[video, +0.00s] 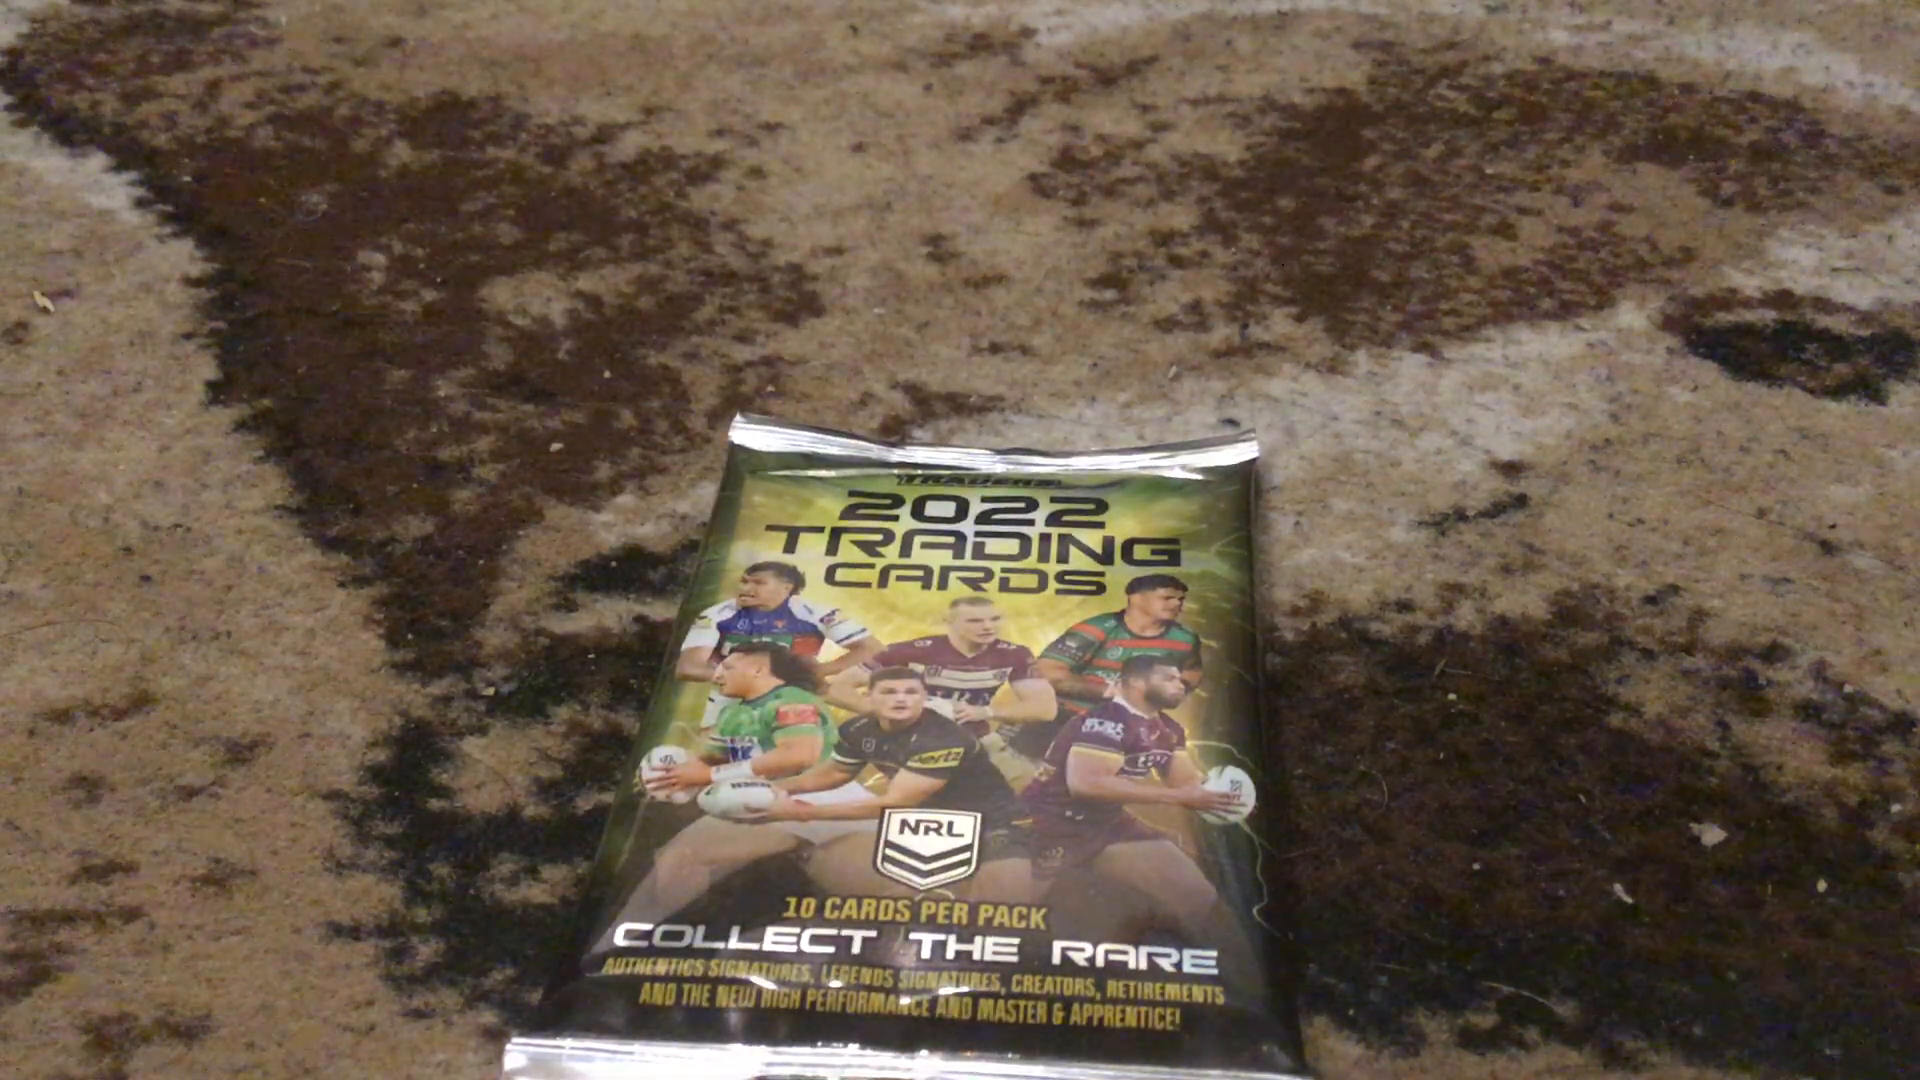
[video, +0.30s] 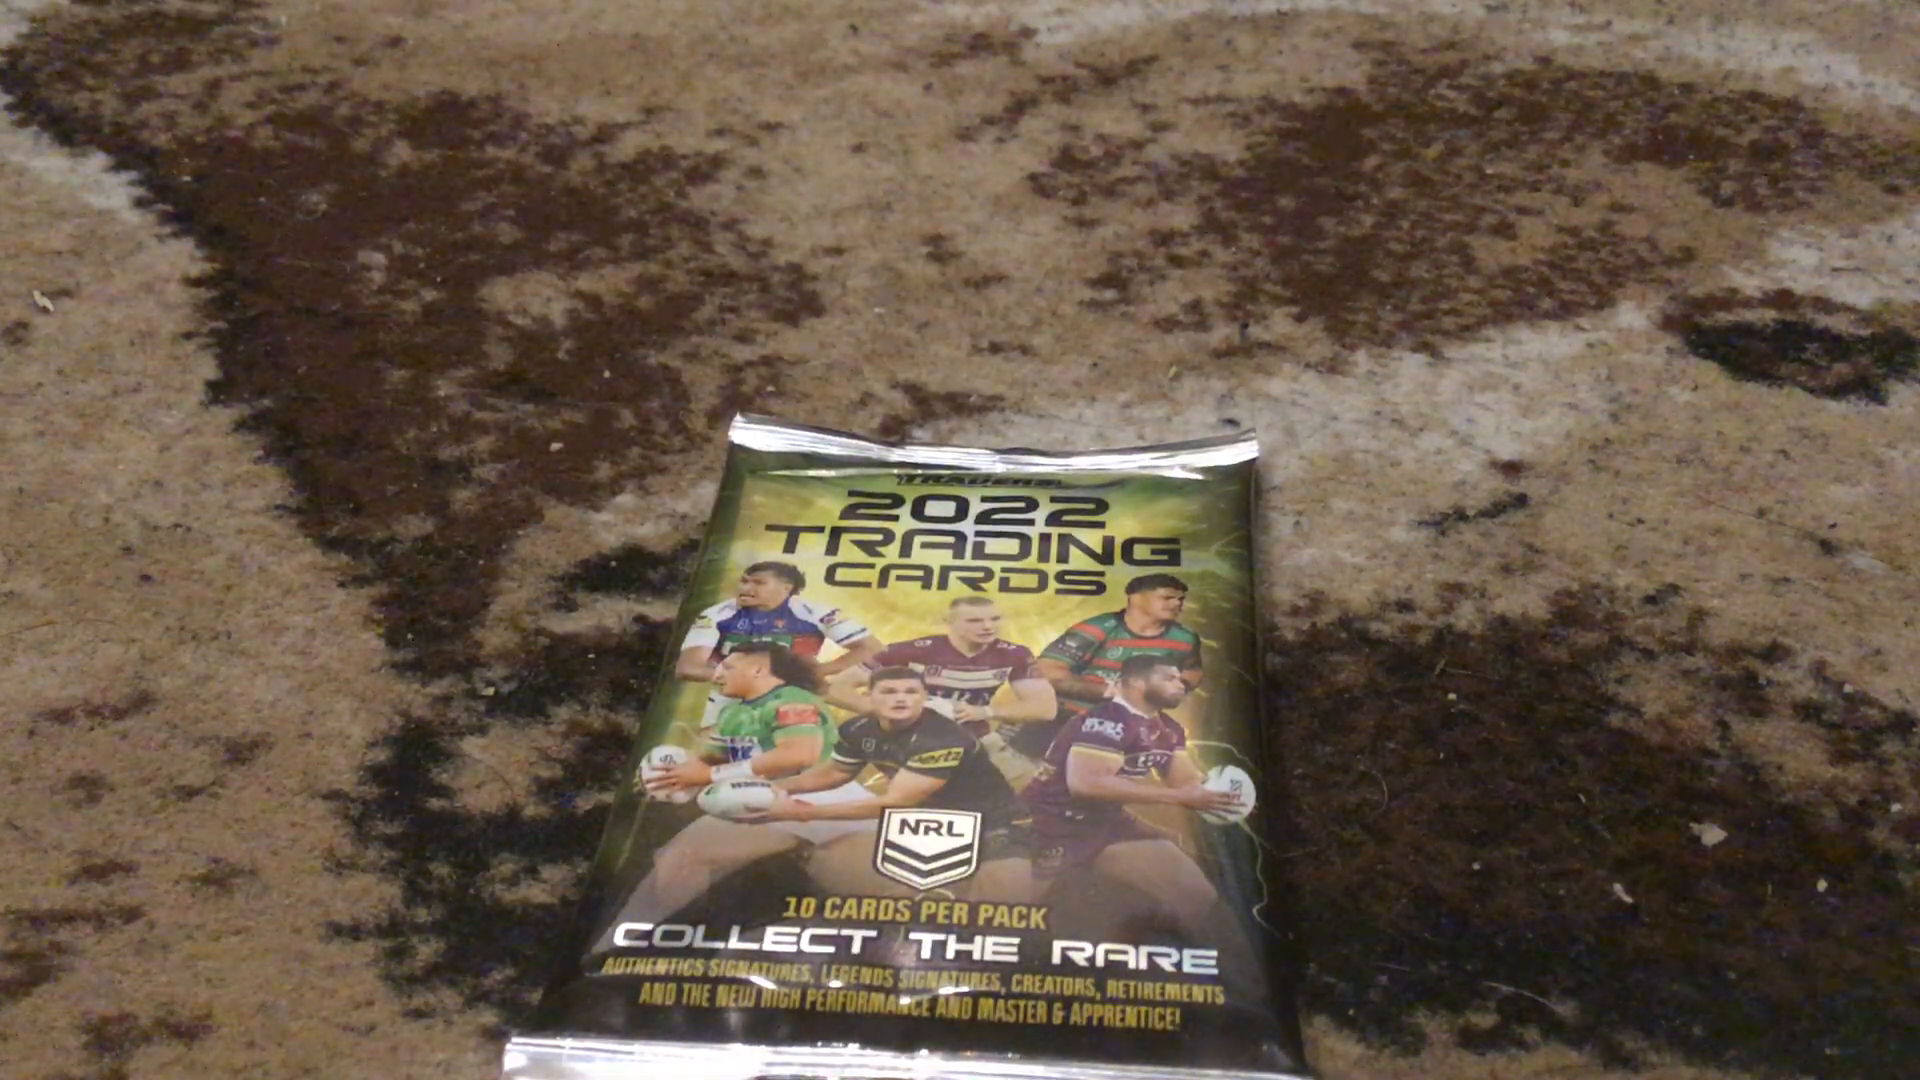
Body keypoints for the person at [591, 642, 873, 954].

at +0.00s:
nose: (719, 669)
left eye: (729, 662)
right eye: (722, 662)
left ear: (761, 664)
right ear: (754, 666)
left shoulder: (793, 701)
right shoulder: (733, 713)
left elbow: (801, 754)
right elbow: (712, 762)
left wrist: (711, 775)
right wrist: (669, 779)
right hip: (753, 814)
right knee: (674, 861)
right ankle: (612, 952)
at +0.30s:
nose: (720, 669)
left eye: (729, 662)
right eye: (722, 662)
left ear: (761, 665)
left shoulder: (793, 700)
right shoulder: (732, 714)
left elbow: (802, 754)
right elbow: (714, 763)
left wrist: (711, 775)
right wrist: (668, 779)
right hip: (752, 814)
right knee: (674, 863)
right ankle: (614, 950)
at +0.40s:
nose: (719, 669)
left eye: (729, 662)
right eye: (721, 662)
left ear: (761, 665)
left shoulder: (793, 701)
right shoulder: (733, 714)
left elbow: (801, 754)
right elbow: (713, 762)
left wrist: (711, 775)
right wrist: (667, 779)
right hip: (758, 814)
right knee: (678, 862)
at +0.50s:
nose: (719, 668)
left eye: (730, 660)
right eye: (722, 661)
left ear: (762, 662)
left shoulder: (793, 701)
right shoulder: (731, 712)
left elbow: (802, 754)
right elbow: (716, 763)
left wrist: (712, 775)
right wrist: (675, 778)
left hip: (783, 818)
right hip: (737, 816)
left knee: (685, 860)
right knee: (669, 862)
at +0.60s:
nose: (719, 670)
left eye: (729, 661)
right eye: (721, 662)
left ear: (763, 661)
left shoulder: (793, 700)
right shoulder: (731, 712)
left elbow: (802, 754)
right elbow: (715, 763)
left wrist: (712, 775)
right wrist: (676, 781)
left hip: (782, 814)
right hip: (736, 814)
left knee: (682, 861)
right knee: (670, 861)